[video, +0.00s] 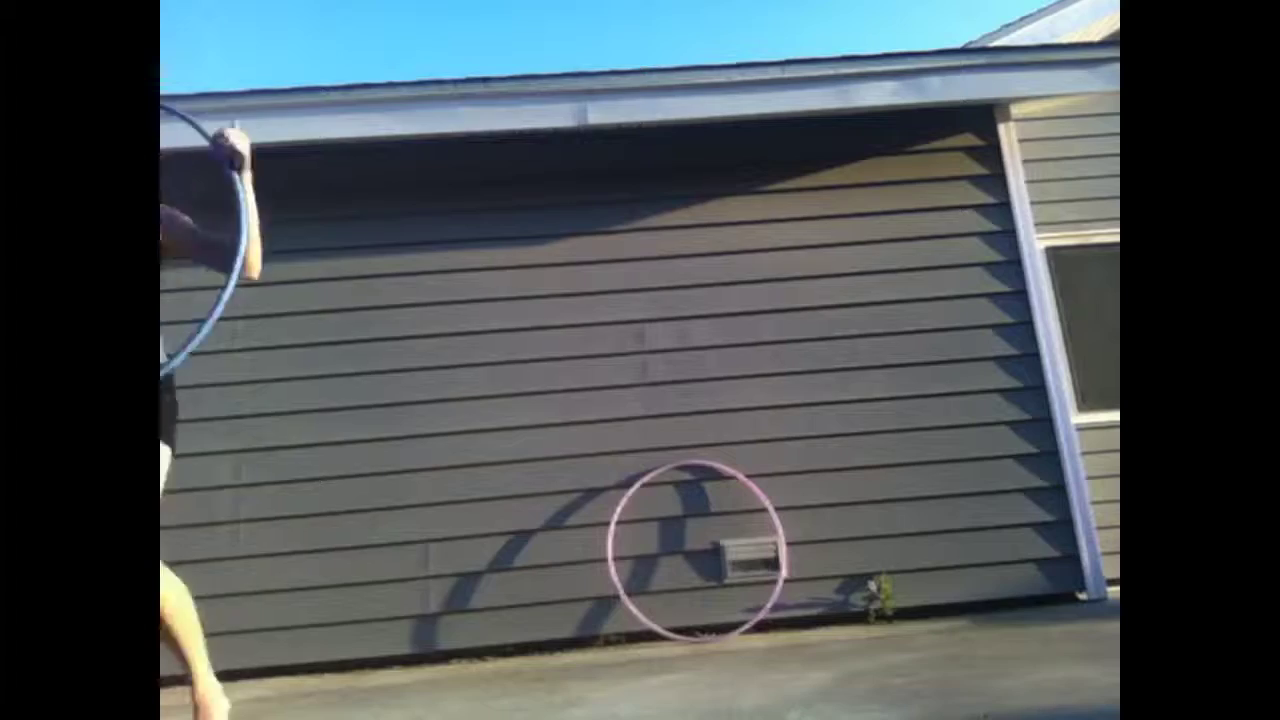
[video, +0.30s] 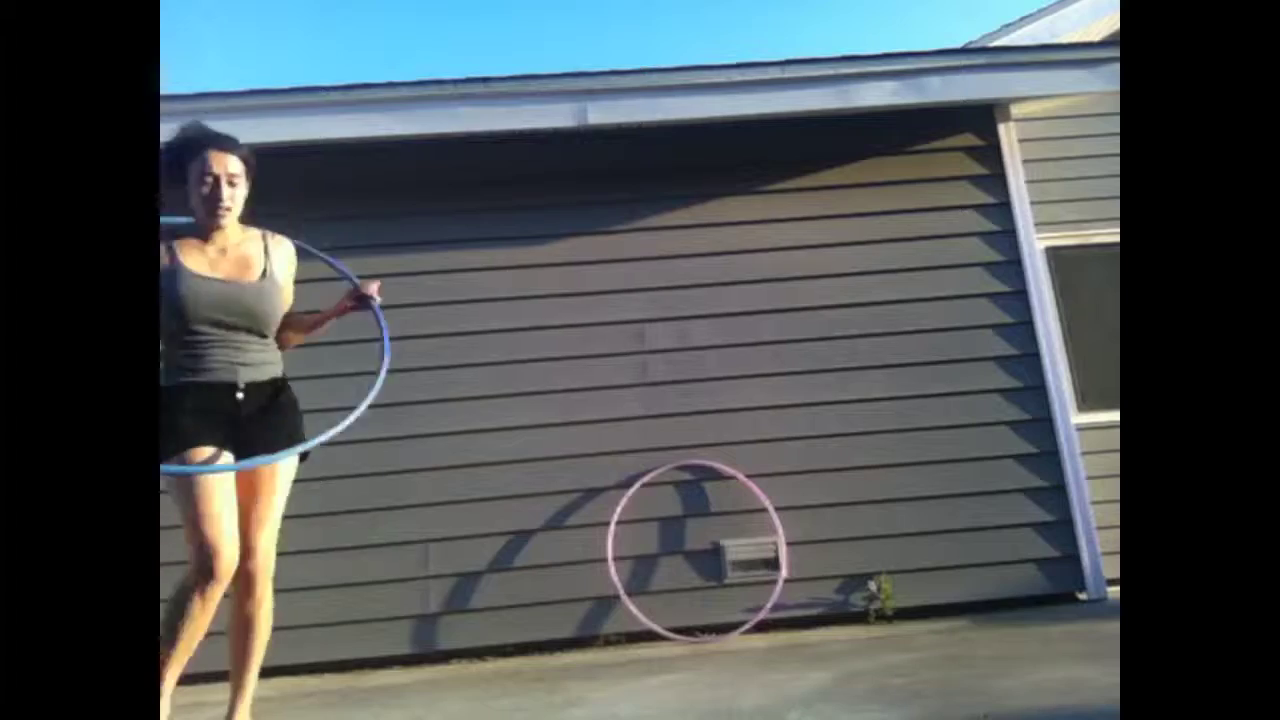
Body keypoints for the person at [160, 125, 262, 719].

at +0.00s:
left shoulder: (162, 222)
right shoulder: (167, 223)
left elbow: (249, 263)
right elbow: (248, 262)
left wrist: (241, 174)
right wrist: (240, 176)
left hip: (154, 405)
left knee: (157, 563)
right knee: (160, 566)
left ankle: (206, 688)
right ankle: (204, 687)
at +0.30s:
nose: (220, 190)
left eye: (231, 179)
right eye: (207, 179)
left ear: (246, 188)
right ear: (188, 188)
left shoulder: (278, 250)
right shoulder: (172, 252)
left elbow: (282, 334)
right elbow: (164, 334)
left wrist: (340, 308)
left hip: (269, 405)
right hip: (194, 405)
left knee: (256, 567)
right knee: (215, 564)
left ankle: (241, 709)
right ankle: (163, 692)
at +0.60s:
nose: (349, 212)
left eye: (359, 200)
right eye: (336, 199)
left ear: (369, 198)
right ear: (307, 194)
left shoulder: (369, 258)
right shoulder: (269, 248)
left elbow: (361, 327)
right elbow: (216, 320)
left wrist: (416, 308)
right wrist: (182, 331)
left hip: (346, 411)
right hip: (281, 406)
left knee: (291, 574)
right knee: (367, 543)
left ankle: (243, 709)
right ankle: (428, 696)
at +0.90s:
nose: (481, 232)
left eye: (489, 220)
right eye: (470, 220)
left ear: (497, 213)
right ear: (437, 213)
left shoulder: (481, 253)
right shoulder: (393, 264)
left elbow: (469, 301)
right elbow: (335, 326)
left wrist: (527, 274)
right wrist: (316, 377)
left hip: (438, 401)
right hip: (377, 396)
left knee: (435, 554)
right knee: (442, 537)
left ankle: (340, 675)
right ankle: (441, 696)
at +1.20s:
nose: (542, 223)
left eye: (551, 210)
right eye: (530, 210)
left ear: (558, 211)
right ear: (500, 208)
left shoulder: (557, 256)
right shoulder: (455, 268)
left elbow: (579, 315)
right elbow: (419, 357)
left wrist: (629, 311)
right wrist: (420, 445)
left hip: (514, 397)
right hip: (452, 399)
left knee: (564, 533)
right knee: (479, 534)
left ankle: (618, 664)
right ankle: (447, 692)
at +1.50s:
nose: (599, 240)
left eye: (608, 228)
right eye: (587, 229)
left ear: (617, 217)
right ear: (558, 219)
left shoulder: (631, 267)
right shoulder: (523, 257)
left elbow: (637, 354)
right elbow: (504, 330)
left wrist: (590, 395)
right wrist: (475, 335)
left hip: (599, 384)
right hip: (526, 378)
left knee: (611, 527)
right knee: (515, 517)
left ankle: (633, 669)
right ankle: (473, 668)